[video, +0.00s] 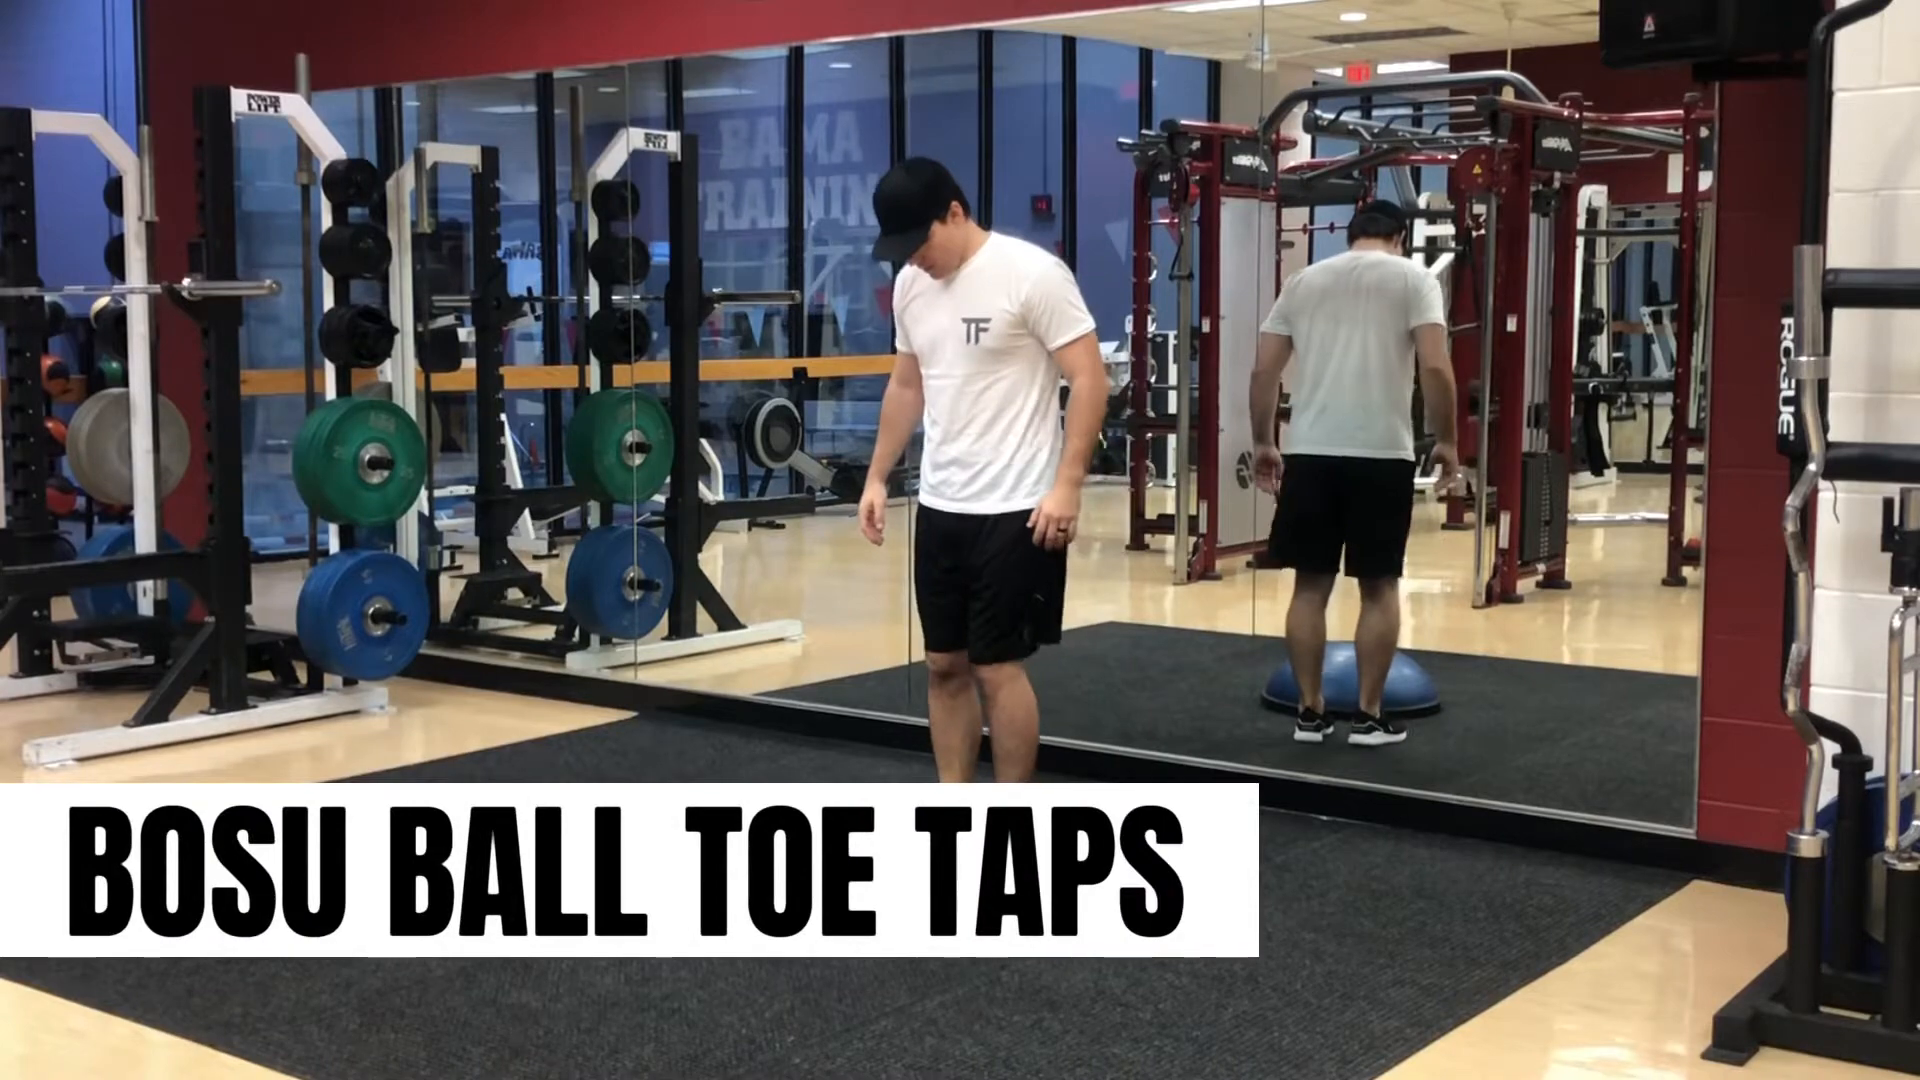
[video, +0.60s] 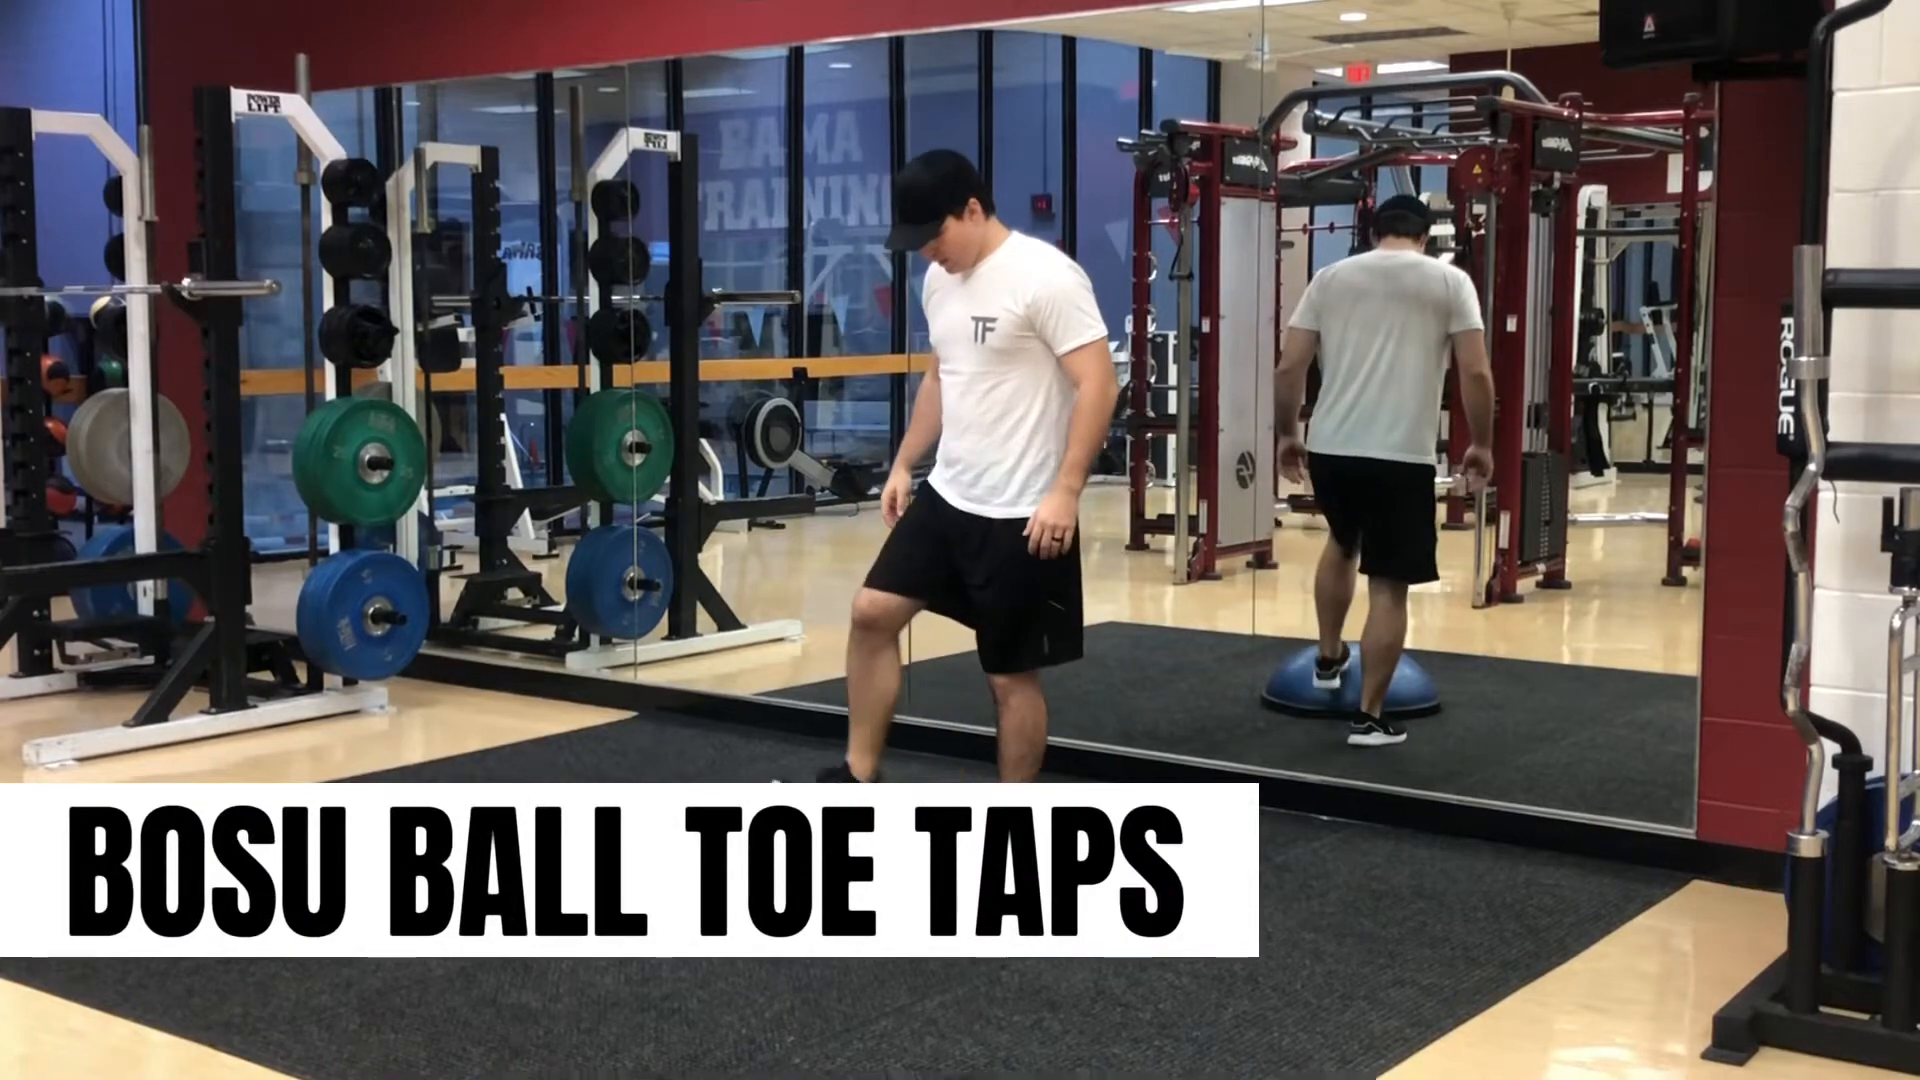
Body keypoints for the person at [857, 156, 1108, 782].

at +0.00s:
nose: (913, 260)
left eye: (918, 244)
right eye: (904, 250)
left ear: (954, 215)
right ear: (894, 235)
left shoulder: (1033, 275)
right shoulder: (911, 284)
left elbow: (1090, 380)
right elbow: (906, 384)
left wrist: (1067, 487)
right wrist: (877, 475)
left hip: (1018, 509)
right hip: (941, 508)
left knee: (998, 667)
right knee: (946, 667)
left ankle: (1012, 812)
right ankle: (953, 809)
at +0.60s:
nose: (927, 253)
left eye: (933, 237)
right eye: (921, 242)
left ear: (972, 211)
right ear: (961, 215)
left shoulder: (1048, 277)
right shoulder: (939, 279)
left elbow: (1098, 384)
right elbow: (942, 377)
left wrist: (1065, 491)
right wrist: (903, 464)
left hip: (1020, 517)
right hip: (946, 500)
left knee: (1011, 676)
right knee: (872, 615)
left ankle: (1015, 812)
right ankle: (859, 776)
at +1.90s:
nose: (861, 270)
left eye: (866, 254)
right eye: (855, 259)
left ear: (908, 233)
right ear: (894, 238)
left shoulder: (984, 305)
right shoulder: (872, 302)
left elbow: (1044, 407)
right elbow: (880, 394)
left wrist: (986, 481)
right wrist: (840, 448)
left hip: (974, 528)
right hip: (896, 510)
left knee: (957, 685)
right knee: (806, 596)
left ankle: (1007, 806)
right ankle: (825, 758)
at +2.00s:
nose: (847, 241)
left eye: (852, 225)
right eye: (839, 230)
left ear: (892, 203)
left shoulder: (966, 267)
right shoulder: (854, 266)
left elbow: (1056, 339)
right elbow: (865, 347)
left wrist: (987, 398)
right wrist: (810, 385)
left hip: (945, 502)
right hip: (865, 485)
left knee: (947, 659)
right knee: (778, 592)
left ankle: (997, 798)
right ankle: (812, 737)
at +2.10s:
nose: (820, 225)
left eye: (826, 209)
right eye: (814, 213)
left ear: (866, 185)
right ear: (811, 207)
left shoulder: (947, 242)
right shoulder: (822, 250)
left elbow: (1037, 308)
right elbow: (829, 324)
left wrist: (976, 371)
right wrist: (801, 376)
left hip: (925, 470)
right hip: (844, 466)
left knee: (893, 616)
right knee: (784, 611)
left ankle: (940, 762)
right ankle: (786, 749)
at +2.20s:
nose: (796, 247)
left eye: (802, 232)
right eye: (789, 236)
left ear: (841, 208)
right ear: (788, 229)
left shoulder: (922, 264)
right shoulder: (791, 277)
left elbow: (1006, 332)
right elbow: (793, 361)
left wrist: (948, 396)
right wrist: (783, 428)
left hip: (907, 476)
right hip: (826, 483)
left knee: (843, 578)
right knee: (796, 643)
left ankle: (866, 726)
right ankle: (784, 777)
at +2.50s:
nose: (782, 241)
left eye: (787, 225)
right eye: (774, 230)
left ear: (824, 200)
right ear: (777, 220)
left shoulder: (906, 249)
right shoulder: (783, 274)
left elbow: (1006, 300)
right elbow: (778, 352)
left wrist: (949, 360)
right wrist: (752, 395)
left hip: (904, 468)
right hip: (822, 477)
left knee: (848, 595)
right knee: (788, 637)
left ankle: (899, 751)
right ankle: (785, 773)